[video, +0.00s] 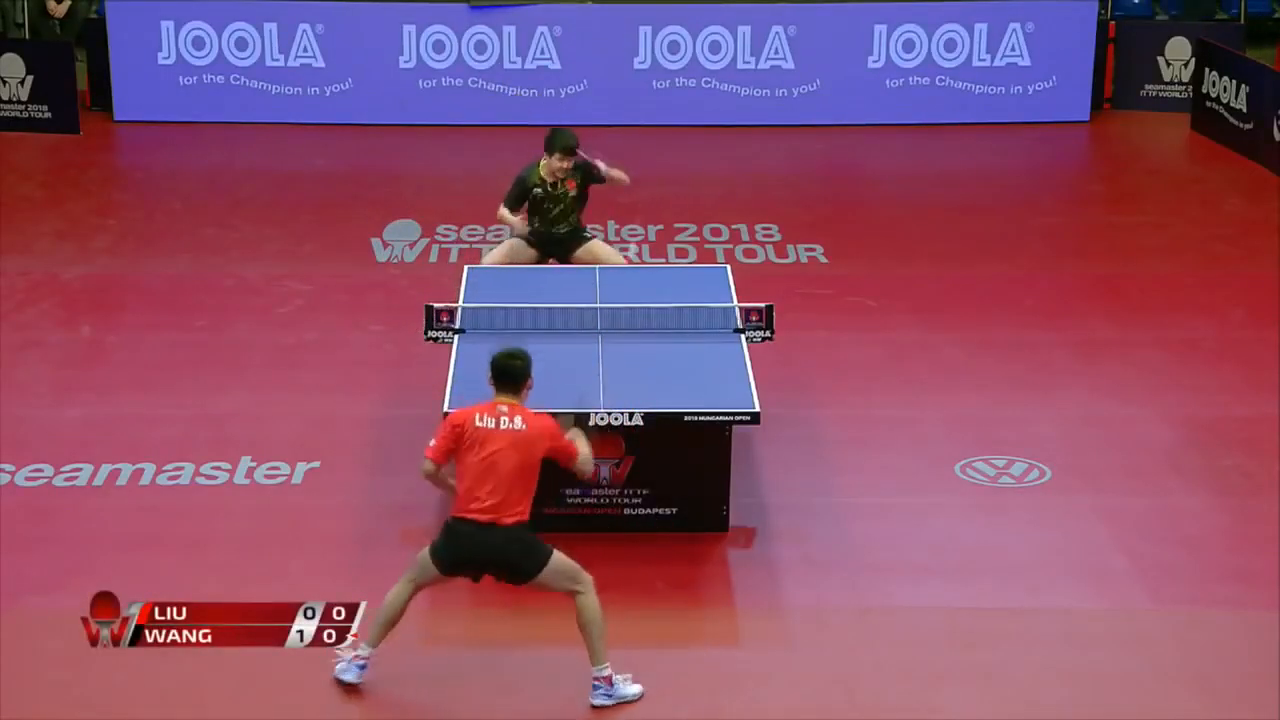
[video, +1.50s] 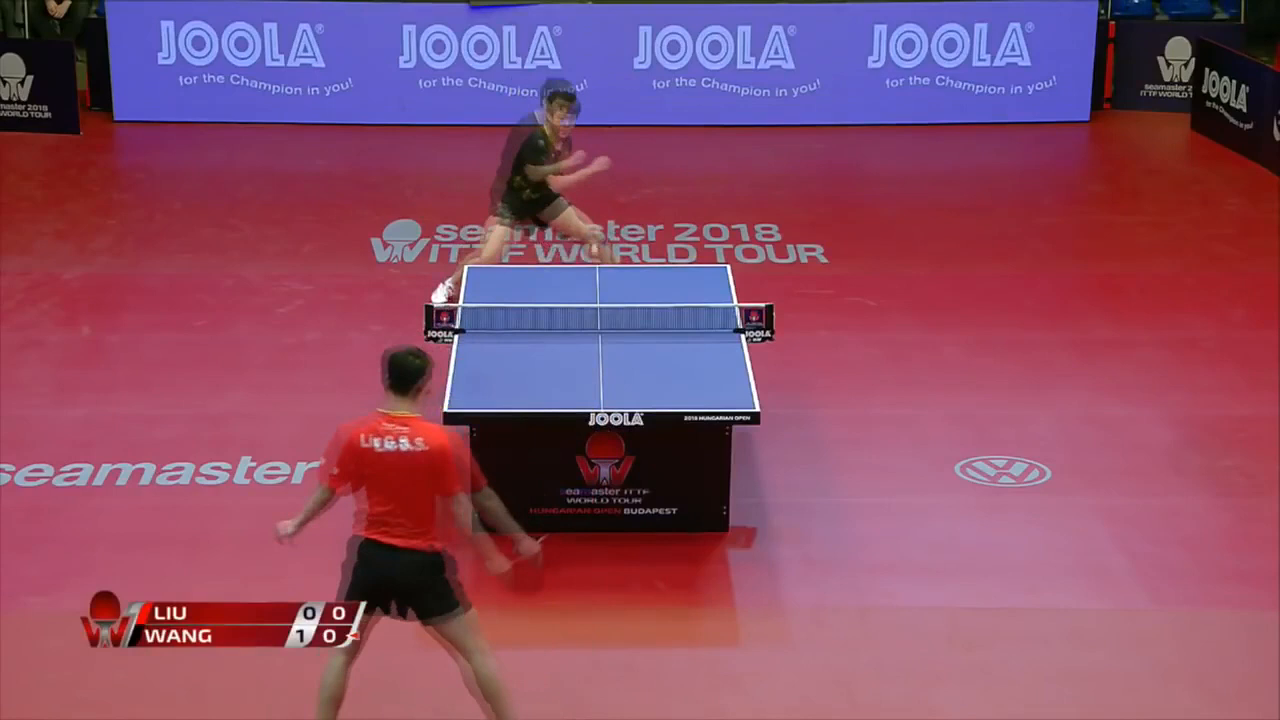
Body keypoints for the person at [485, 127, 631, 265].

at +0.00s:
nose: (567, 165)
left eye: (570, 160)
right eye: (561, 160)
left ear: (575, 157)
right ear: (547, 156)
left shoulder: (582, 170)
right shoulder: (529, 177)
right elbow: (503, 212)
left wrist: (605, 171)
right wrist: (514, 222)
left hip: (573, 239)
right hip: (536, 240)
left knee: (622, 267)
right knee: (488, 264)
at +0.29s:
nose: (565, 120)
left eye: (570, 114)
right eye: (560, 113)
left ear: (577, 115)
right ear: (550, 113)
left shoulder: (585, 140)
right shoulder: (529, 134)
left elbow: (608, 168)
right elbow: (504, 150)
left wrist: (616, 182)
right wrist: (515, 185)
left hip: (570, 203)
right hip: (533, 201)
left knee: (612, 248)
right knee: (491, 251)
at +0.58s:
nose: (578, 145)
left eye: (582, 139)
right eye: (573, 139)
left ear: (587, 141)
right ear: (560, 139)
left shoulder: (575, 163)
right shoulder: (547, 165)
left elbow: (568, 196)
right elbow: (542, 208)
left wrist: (591, 213)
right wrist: (590, 210)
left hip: (559, 223)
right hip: (527, 228)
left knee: (608, 255)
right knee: (494, 275)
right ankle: (452, 302)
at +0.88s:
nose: (503, 140)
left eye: (506, 133)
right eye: (497, 134)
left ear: (514, 135)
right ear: (489, 137)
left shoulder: (526, 154)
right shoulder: (487, 168)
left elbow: (523, 132)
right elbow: (488, 209)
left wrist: (486, 119)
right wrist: (480, 196)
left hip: (544, 229)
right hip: (509, 231)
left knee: (595, 262)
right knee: (461, 258)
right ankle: (454, 312)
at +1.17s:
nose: (527, 103)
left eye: (532, 98)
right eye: (522, 97)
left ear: (540, 98)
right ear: (513, 98)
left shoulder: (554, 124)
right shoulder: (497, 126)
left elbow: (568, 152)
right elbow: (486, 153)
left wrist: (580, 169)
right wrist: (505, 177)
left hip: (550, 190)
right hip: (514, 192)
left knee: (593, 234)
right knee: (474, 237)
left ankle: (620, 287)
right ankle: (457, 296)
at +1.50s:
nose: (564, 116)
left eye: (569, 111)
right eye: (559, 109)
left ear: (573, 113)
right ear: (547, 107)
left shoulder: (564, 139)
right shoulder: (531, 134)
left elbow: (555, 175)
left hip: (541, 195)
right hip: (511, 198)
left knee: (592, 234)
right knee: (490, 255)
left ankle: (616, 289)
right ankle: (450, 287)